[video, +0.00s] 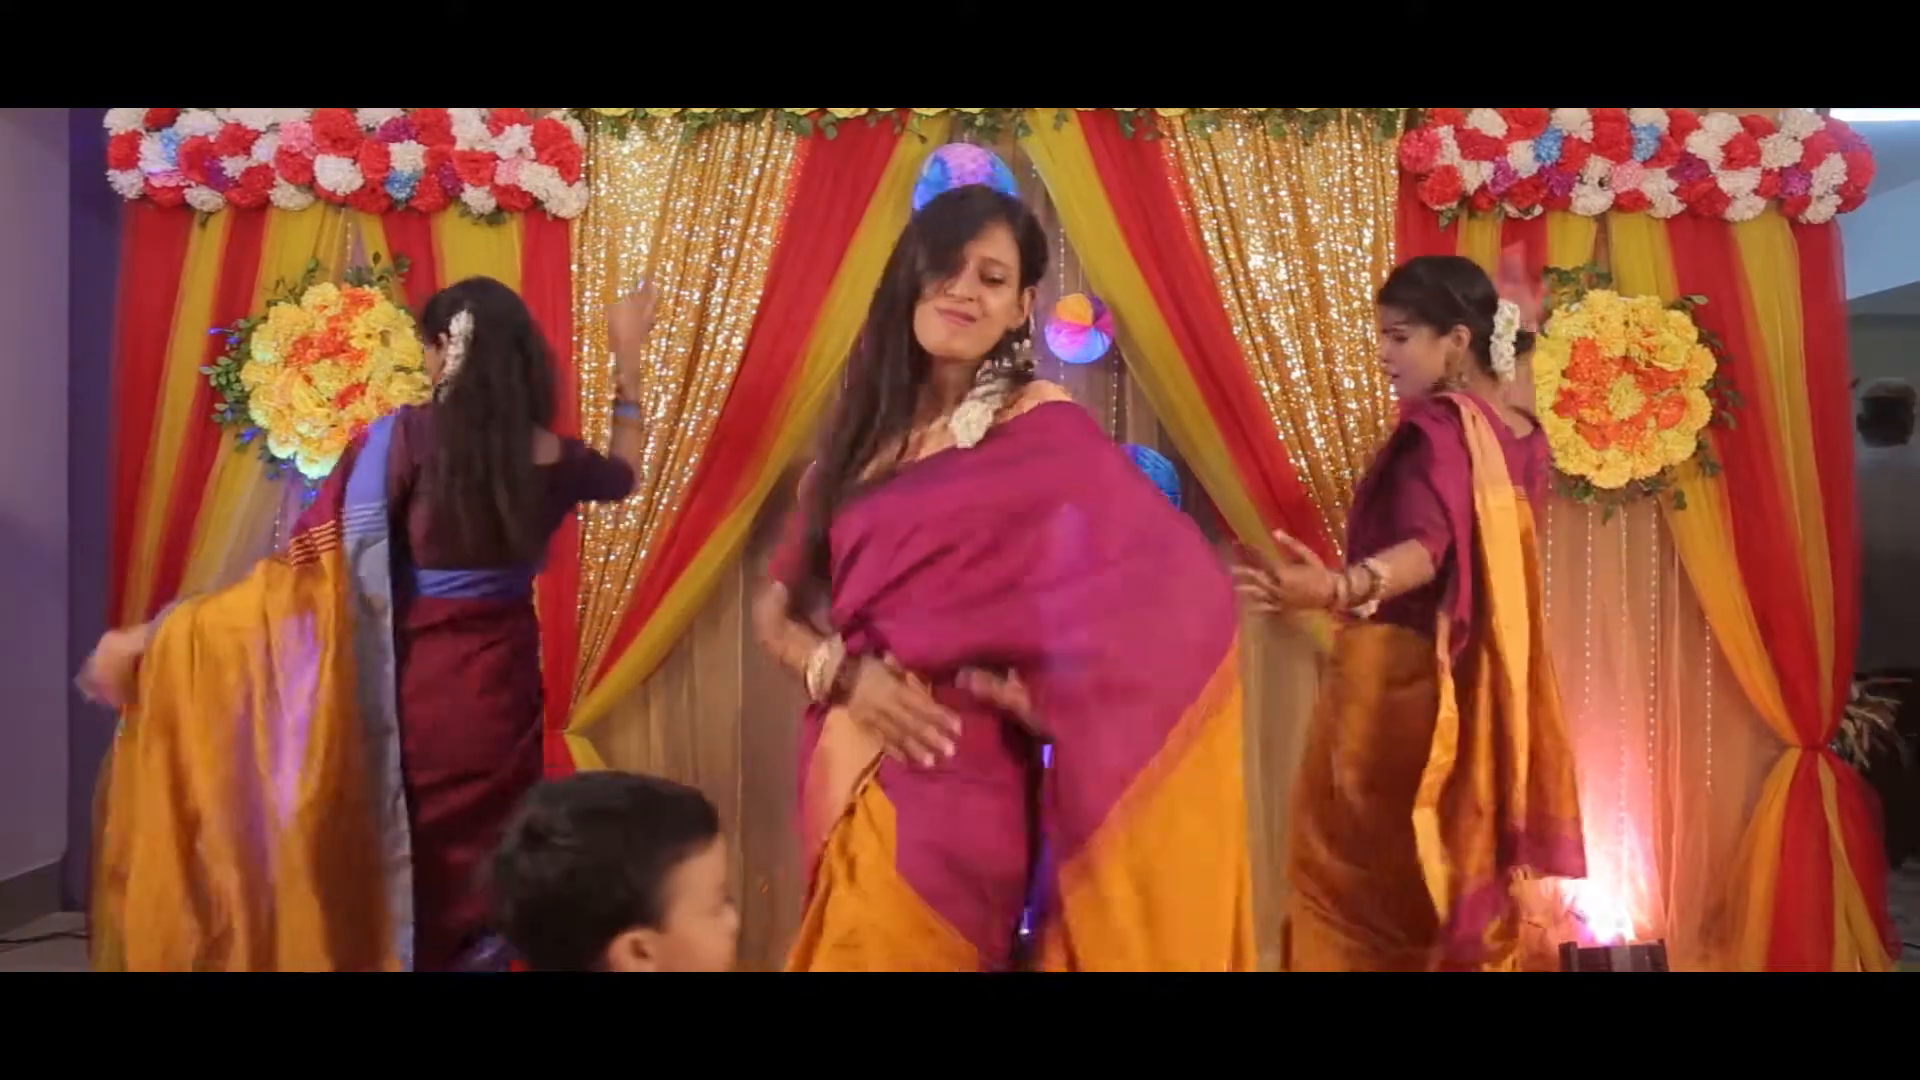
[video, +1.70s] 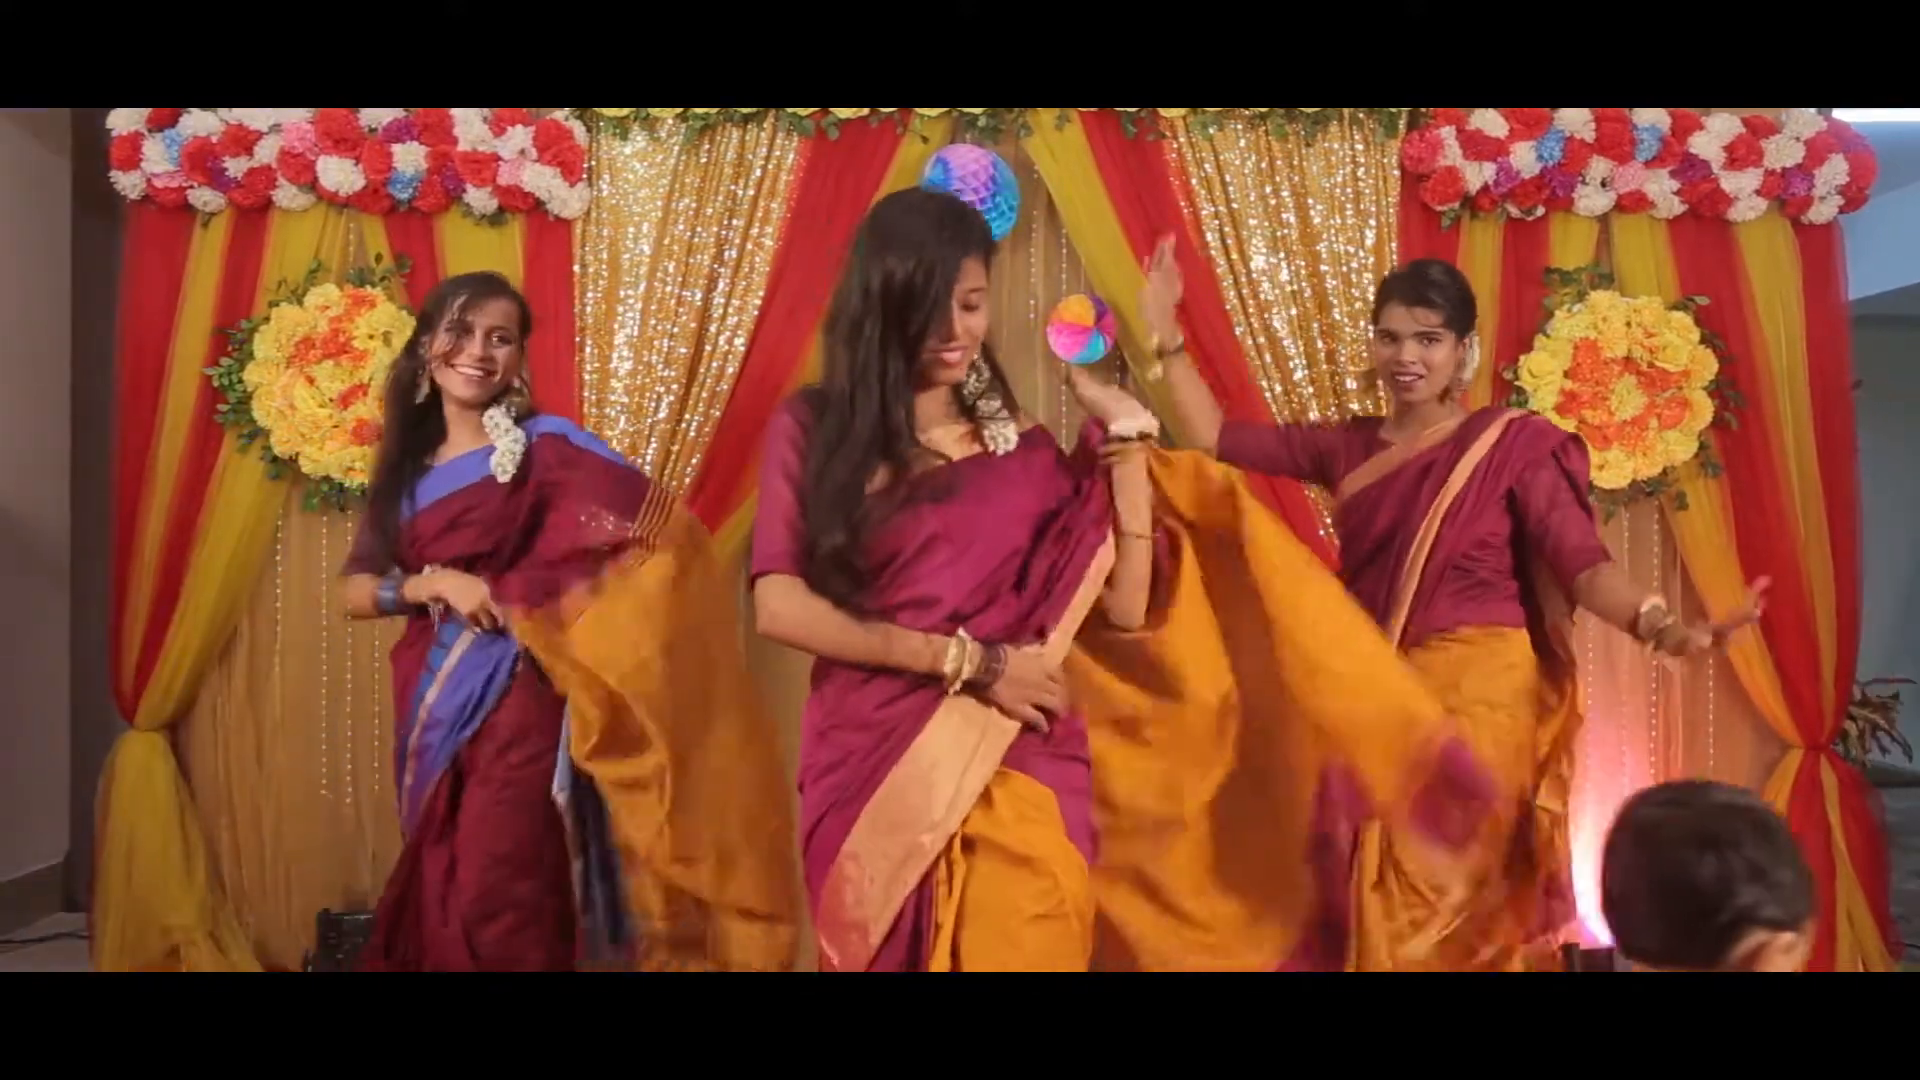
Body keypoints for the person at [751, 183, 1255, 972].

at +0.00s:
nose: (961, 294)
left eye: (992, 279)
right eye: (944, 268)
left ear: (1023, 306)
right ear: (908, 281)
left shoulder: (1042, 419)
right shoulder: (862, 442)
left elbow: (1180, 591)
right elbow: (770, 611)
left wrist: (1061, 706)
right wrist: (850, 679)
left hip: (969, 760)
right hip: (849, 765)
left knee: (893, 951)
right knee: (853, 951)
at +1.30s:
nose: (915, 282)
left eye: (936, 260)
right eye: (890, 261)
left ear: (962, 280)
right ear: (846, 280)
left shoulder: (1004, 419)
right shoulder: (794, 420)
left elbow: (1066, 612)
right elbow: (749, 602)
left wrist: (1161, 731)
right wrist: (933, 652)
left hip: (1011, 734)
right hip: (860, 736)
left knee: (1003, 941)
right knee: (876, 950)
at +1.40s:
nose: (928, 300)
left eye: (947, 278)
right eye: (904, 279)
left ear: (971, 290)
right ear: (860, 290)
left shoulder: (1009, 429)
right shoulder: (800, 424)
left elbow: (1058, 633)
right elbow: (758, 608)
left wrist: (1186, 654)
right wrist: (940, 666)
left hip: (1007, 753)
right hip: (857, 759)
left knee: (1006, 946)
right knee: (869, 957)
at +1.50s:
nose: (937, 326)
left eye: (953, 302)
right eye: (913, 306)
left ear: (975, 305)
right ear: (867, 313)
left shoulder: (1016, 442)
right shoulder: (808, 449)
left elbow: (1061, 607)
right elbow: (775, 636)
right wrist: (966, 688)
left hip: (1001, 783)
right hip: (855, 793)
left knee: (1006, 953)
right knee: (863, 960)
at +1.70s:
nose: (956, 329)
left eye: (972, 303)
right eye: (930, 305)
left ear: (990, 303)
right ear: (883, 306)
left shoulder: (1018, 434)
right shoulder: (810, 427)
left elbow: (1126, 605)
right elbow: (779, 607)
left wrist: (1128, 431)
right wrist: (974, 662)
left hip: (1022, 758)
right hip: (873, 765)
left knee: (1023, 944)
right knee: (880, 953)